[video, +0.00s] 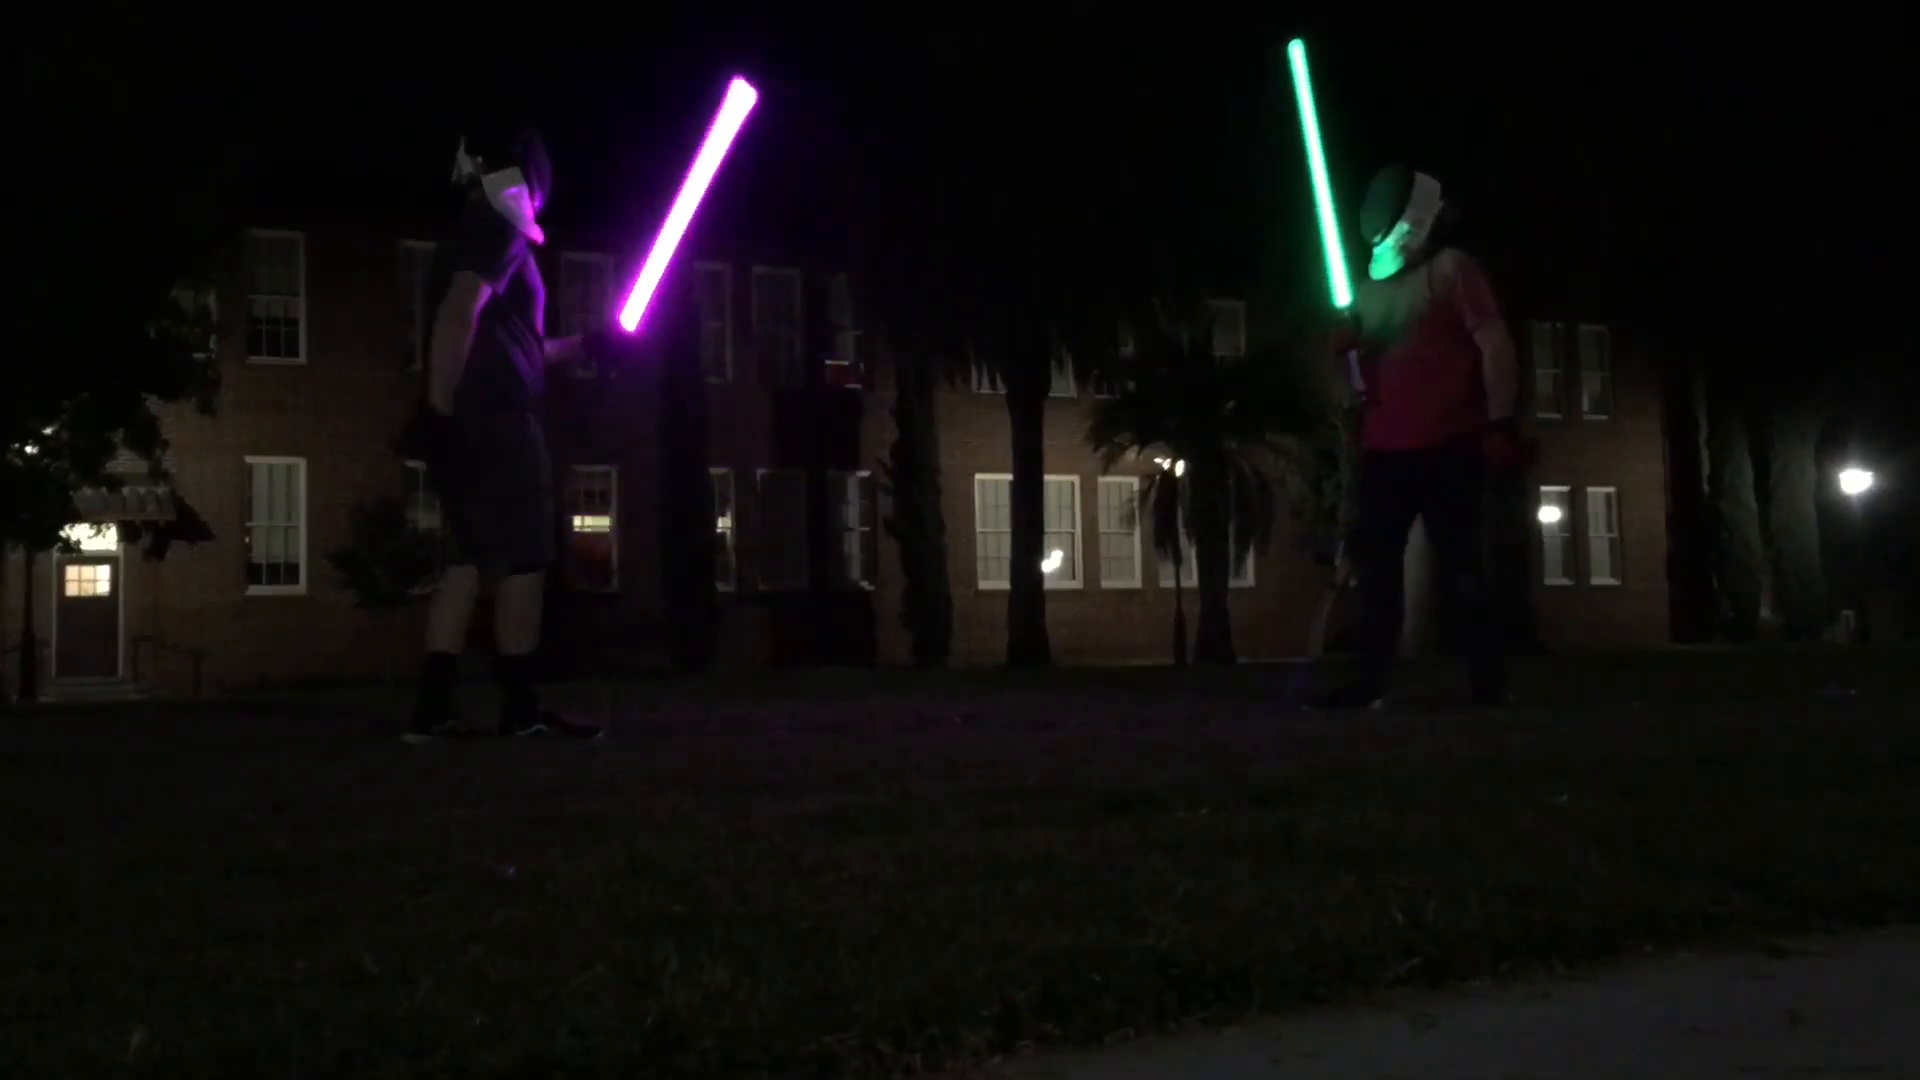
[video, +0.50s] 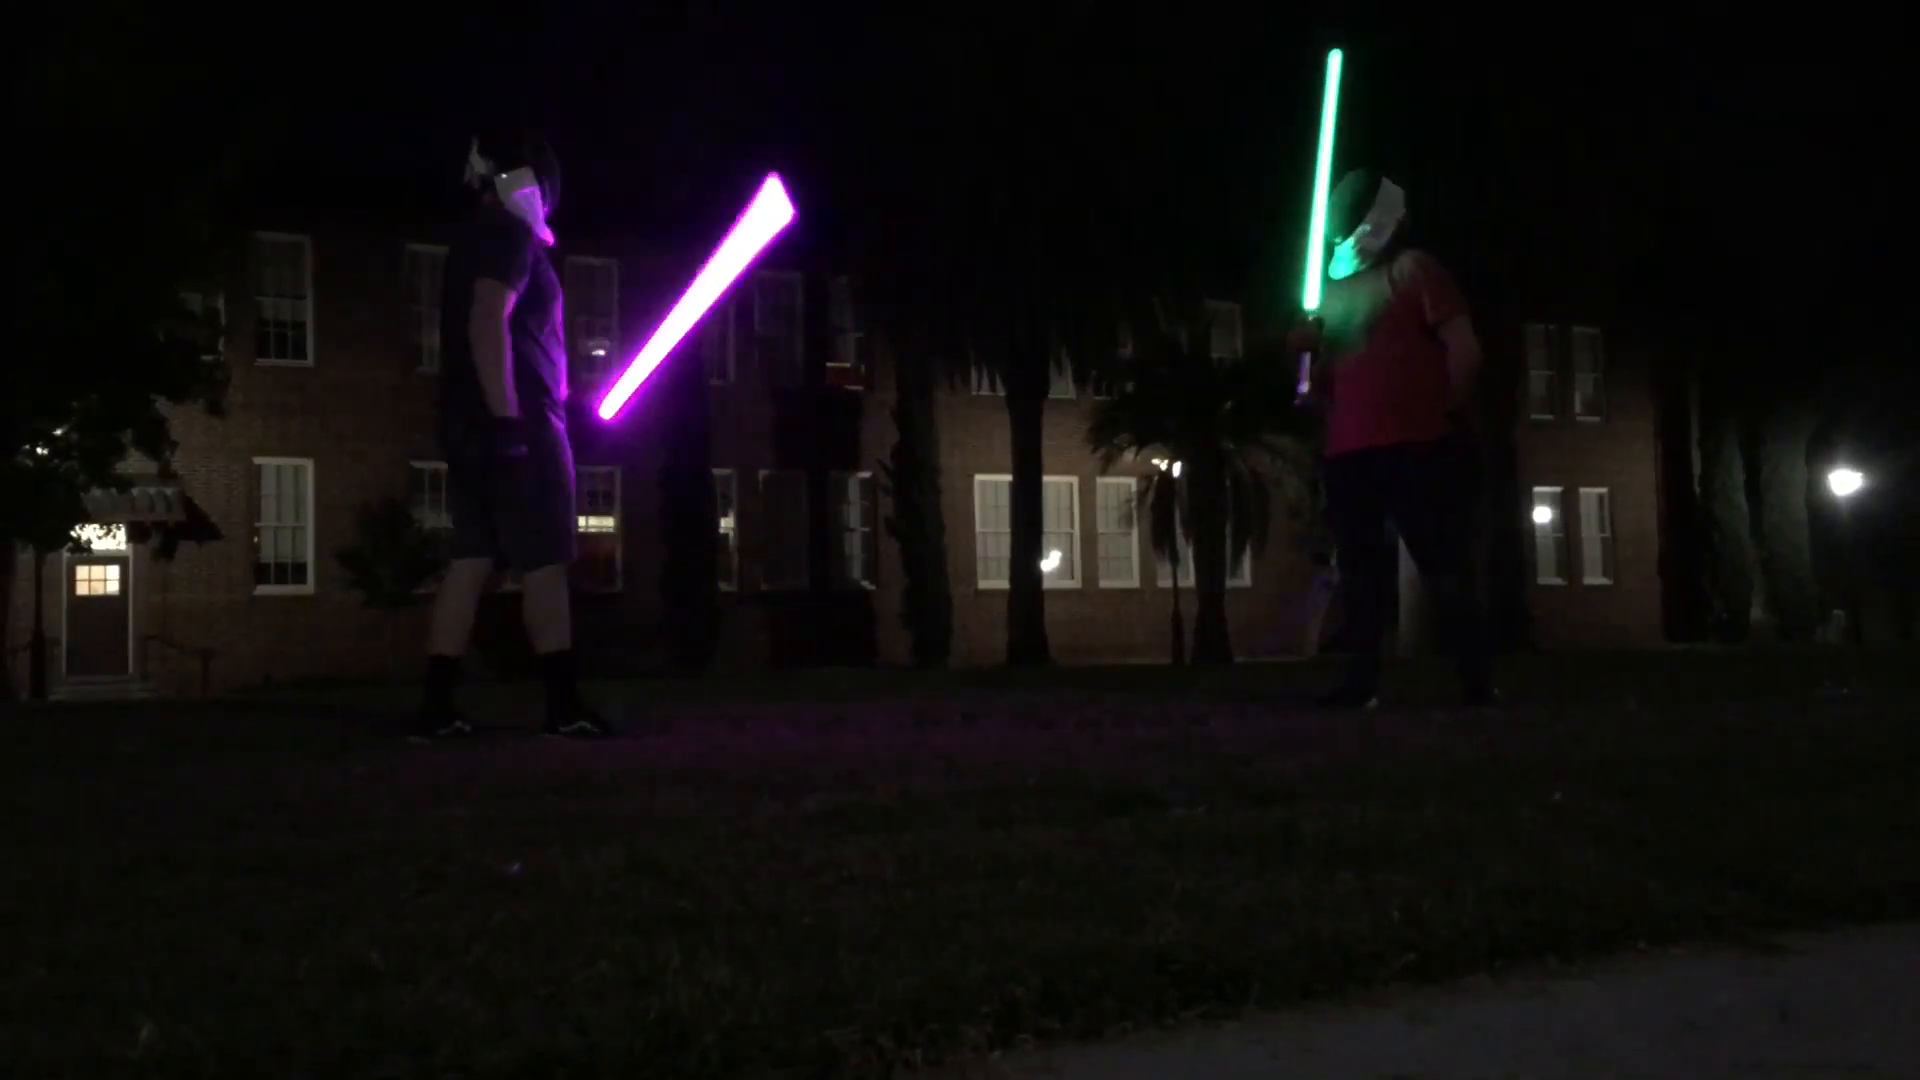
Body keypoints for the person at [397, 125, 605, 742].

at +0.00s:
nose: (539, 205)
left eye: (536, 192)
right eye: (534, 191)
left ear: (491, 185)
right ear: (517, 186)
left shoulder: (481, 239)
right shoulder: (502, 235)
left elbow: (514, 353)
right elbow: (457, 313)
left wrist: (583, 342)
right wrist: (439, 408)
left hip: (470, 424)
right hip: (502, 424)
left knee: (465, 559)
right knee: (524, 557)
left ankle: (434, 701)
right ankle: (521, 705)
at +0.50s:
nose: (549, 205)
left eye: (547, 192)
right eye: (543, 190)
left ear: (496, 187)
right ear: (522, 186)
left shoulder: (478, 239)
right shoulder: (513, 237)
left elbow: (485, 333)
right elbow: (488, 323)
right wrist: (508, 419)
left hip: (479, 426)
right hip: (529, 426)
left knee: (470, 560)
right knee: (548, 561)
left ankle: (437, 703)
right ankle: (563, 703)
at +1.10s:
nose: (575, 212)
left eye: (571, 196)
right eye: (568, 198)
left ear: (521, 194)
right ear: (547, 195)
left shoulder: (496, 245)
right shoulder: (534, 249)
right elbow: (526, 337)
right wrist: (580, 401)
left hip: (483, 428)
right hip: (531, 428)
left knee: (475, 557)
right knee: (583, 548)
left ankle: (437, 705)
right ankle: (576, 701)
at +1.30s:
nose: (614, 210)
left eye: (611, 198)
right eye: (608, 198)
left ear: (557, 197)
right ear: (590, 199)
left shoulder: (533, 247)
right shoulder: (575, 252)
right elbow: (590, 343)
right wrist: (639, 413)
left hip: (521, 427)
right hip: (566, 428)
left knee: (533, 560)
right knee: (593, 560)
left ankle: (452, 691)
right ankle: (577, 706)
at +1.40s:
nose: (628, 214)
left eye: (624, 202)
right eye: (623, 202)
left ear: (577, 198)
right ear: (605, 200)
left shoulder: (559, 243)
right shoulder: (591, 247)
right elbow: (616, 341)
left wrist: (651, 399)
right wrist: (657, 405)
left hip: (554, 421)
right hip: (581, 424)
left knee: (569, 565)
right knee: (594, 564)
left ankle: (475, 674)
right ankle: (578, 707)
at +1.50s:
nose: (640, 207)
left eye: (638, 194)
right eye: (632, 194)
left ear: (598, 196)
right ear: (607, 194)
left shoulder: (577, 244)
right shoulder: (606, 248)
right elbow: (641, 341)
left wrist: (667, 400)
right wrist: (675, 405)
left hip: (582, 419)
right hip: (597, 422)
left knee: (613, 552)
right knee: (603, 554)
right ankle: (576, 701)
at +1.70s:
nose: (687, 217)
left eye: (685, 202)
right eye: (681, 202)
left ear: (639, 200)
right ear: (656, 199)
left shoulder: (623, 250)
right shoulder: (654, 252)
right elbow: (695, 352)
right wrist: (723, 408)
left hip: (657, 427)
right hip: (636, 427)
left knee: (708, 545)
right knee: (627, 558)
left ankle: (669, 688)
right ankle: (578, 703)